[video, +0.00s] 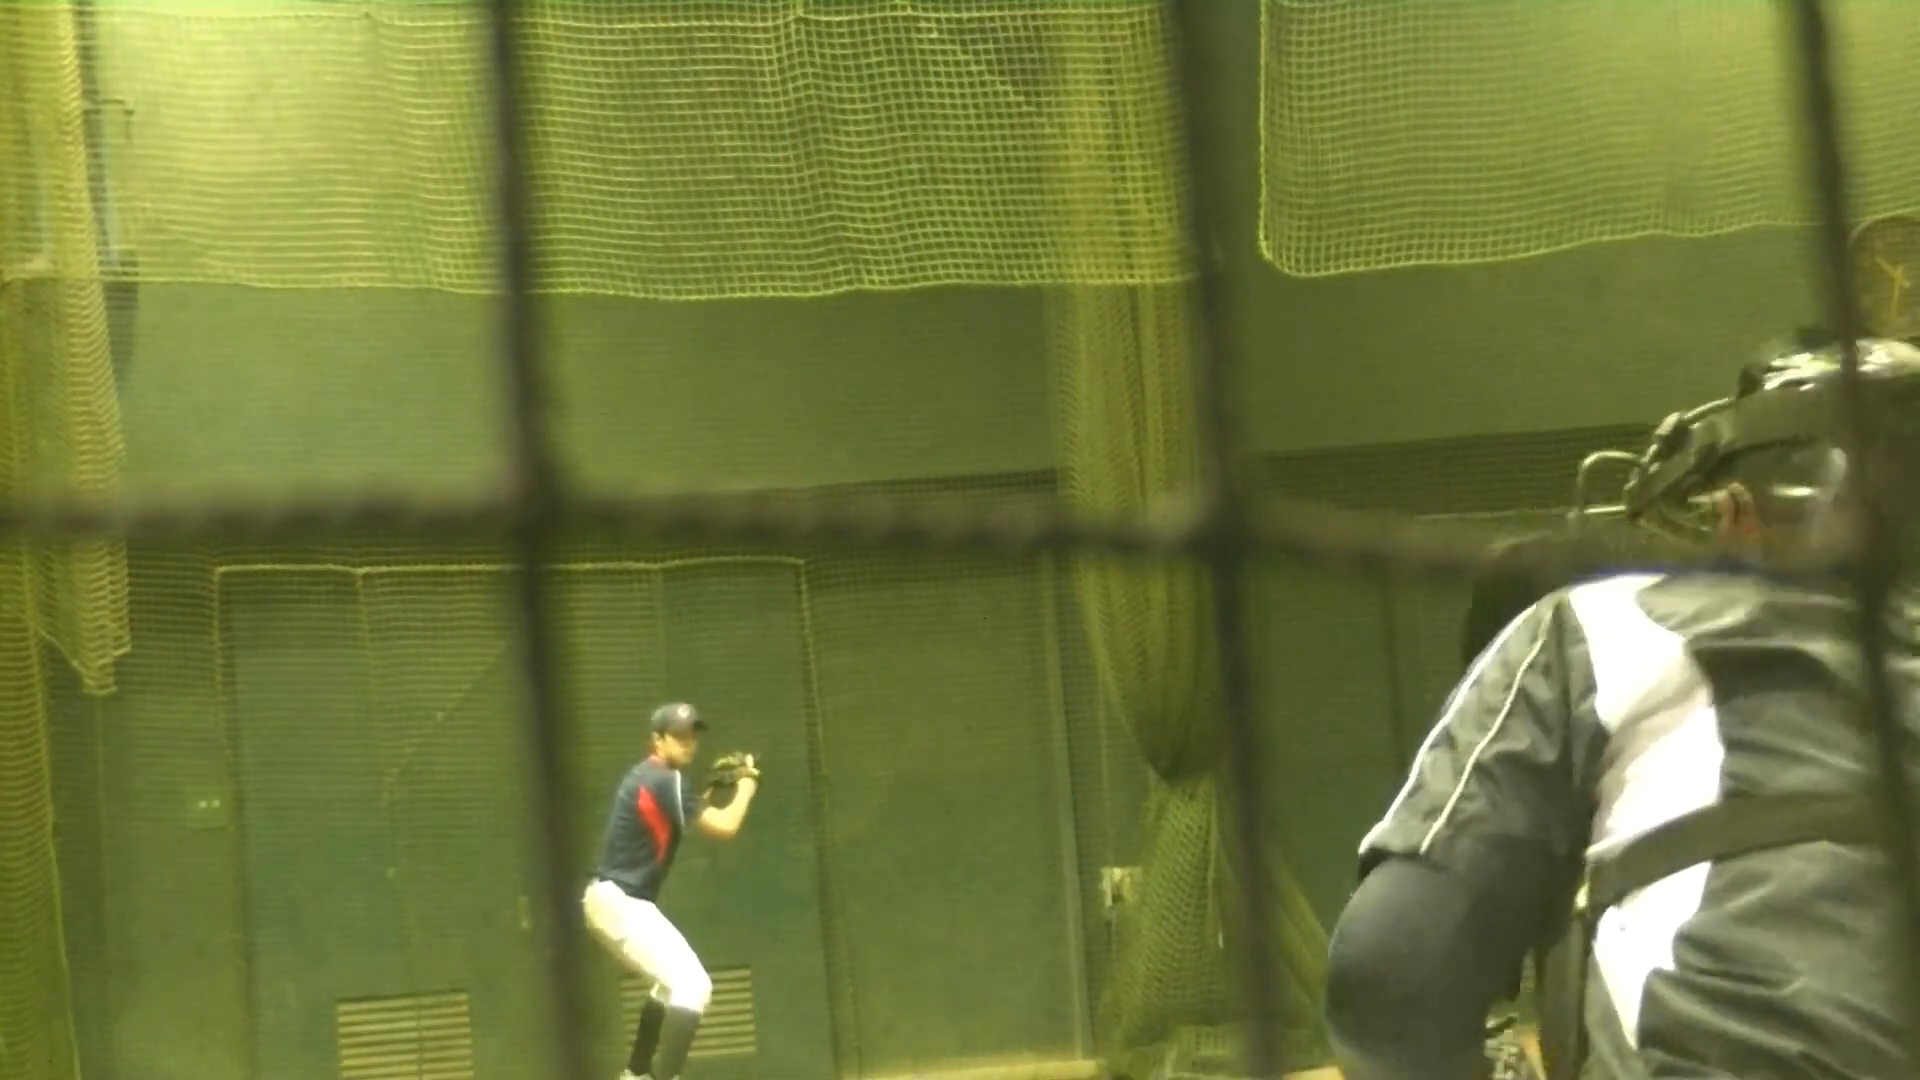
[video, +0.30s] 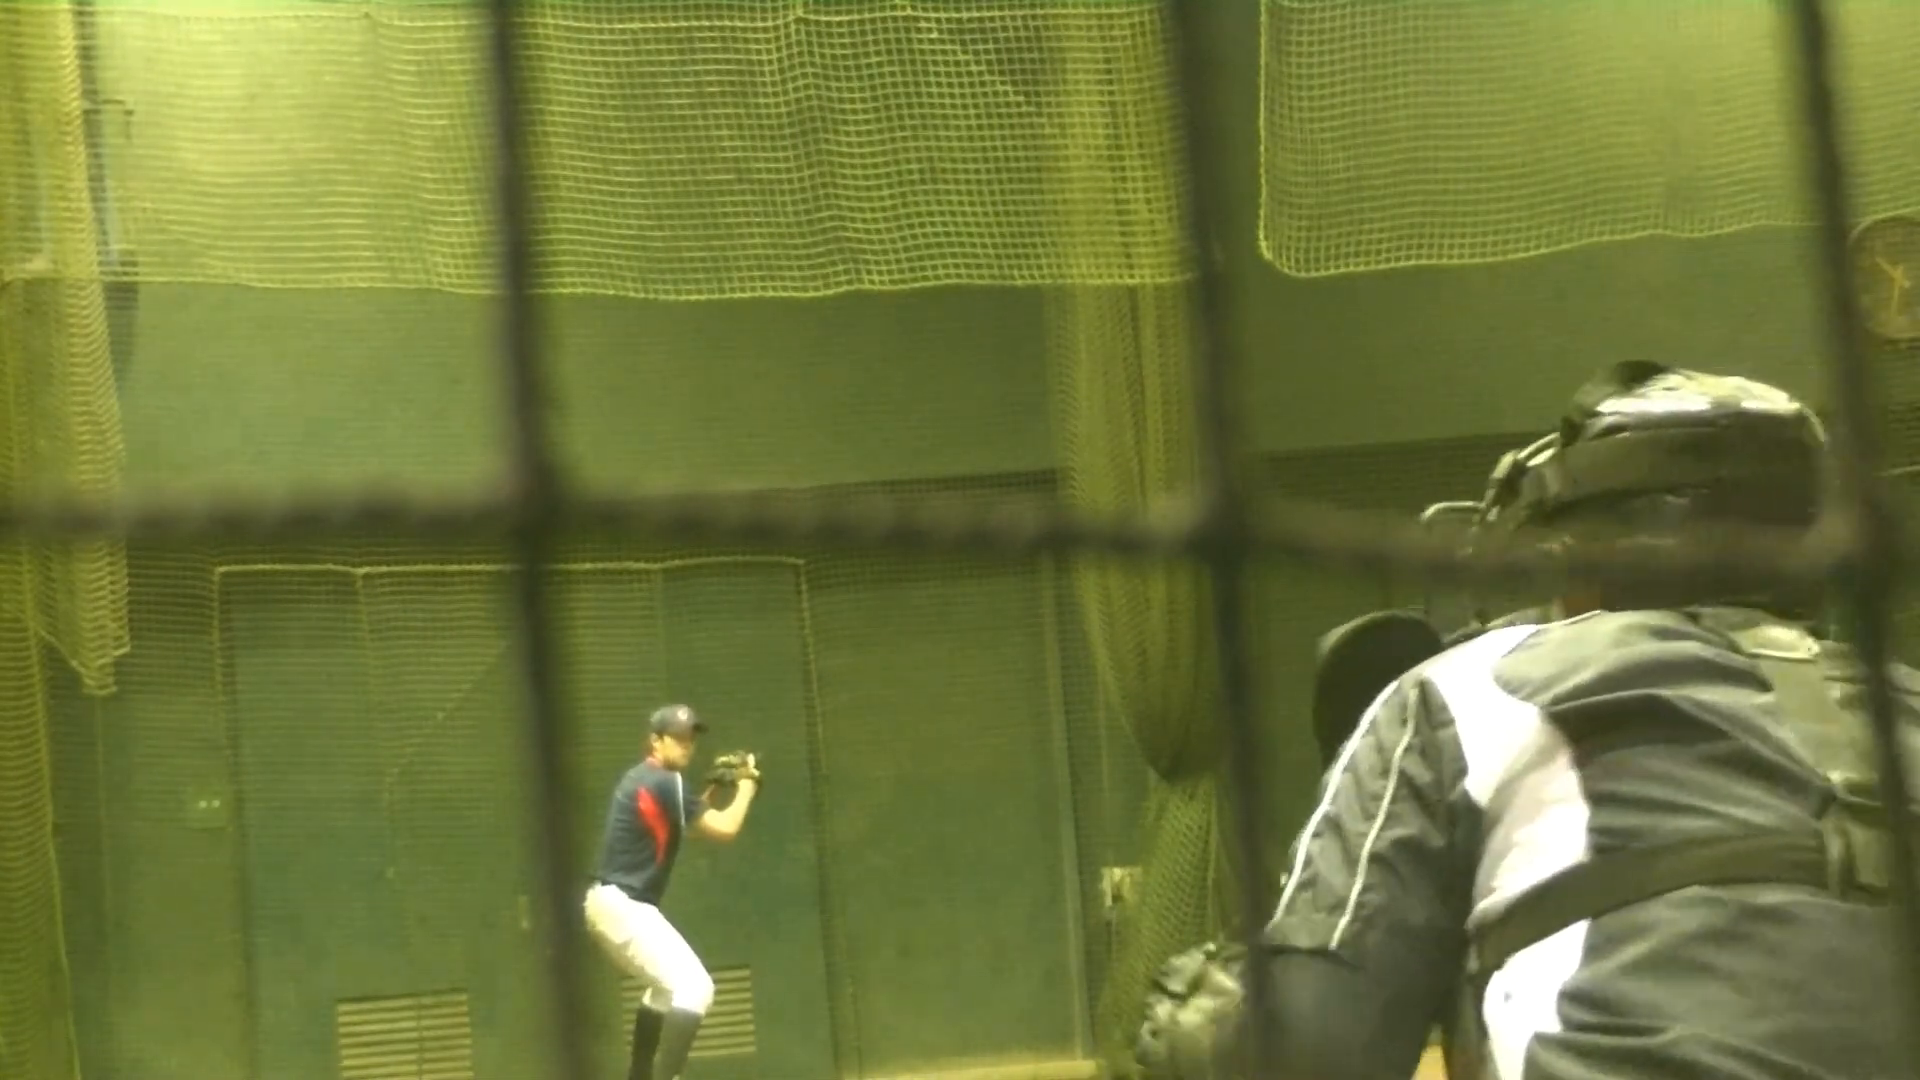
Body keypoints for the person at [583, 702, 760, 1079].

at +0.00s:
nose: (690, 743)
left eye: (692, 735)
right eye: (681, 736)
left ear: (694, 737)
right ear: (658, 739)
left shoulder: (643, 775)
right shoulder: (662, 780)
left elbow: (686, 815)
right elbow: (724, 826)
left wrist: (716, 787)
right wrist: (747, 784)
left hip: (607, 897)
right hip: (621, 901)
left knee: (671, 978)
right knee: (693, 985)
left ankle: (637, 1069)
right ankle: (665, 1073)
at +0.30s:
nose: (688, 749)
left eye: (690, 741)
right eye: (681, 741)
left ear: (658, 744)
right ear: (656, 741)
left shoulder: (639, 777)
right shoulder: (664, 782)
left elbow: (688, 817)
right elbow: (725, 828)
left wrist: (718, 785)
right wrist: (747, 784)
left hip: (604, 902)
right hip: (625, 905)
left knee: (664, 985)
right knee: (695, 988)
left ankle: (640, 1073)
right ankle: (666, 1073)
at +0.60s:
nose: (689, 745)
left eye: (691, 736)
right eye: (682, 737)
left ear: (657, 741)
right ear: (658, 739)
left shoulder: (638, 774)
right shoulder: (664, 779)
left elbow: (679, 821)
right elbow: (732, 818)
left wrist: (711, 786)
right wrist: (744, 772)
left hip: (605, 900)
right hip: (623, 903)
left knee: (667, 987)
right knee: (695, 988)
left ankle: (636, 1072)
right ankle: (668, 1072)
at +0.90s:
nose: (685, 746)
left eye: (687, 738)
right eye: (677, 739)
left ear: (656, 743)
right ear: (653, 741)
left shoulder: (639, 776)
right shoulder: (659, 782)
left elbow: (697, 801)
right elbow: (721, 833)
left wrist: (721, 766)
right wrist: (748, 782)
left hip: (603, 901)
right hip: (620, 905)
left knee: (665, 986)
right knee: (693, 989)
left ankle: (635, 1071)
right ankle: (666, 1072)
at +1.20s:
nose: (683, 751)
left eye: (685, 743)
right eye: (674, 744)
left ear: (686, 743)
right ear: (651, 745)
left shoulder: (636, 780)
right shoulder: (657, 787)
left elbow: (686, 813)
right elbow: (721, 832)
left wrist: (718, 781)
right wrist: (743, 784)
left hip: (604, 905)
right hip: (620, 909)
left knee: (670, 985)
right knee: (695, 989)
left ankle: (639, 1071)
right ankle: (668, 1072)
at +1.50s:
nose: (683, 751)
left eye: (685, 743)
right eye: (674, 743)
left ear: (686, 743)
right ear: (651, 746)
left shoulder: (637, 782)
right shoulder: (656, 787)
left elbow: (683, 817)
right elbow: (726, 824)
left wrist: (710, 787)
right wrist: (738, 776)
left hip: (606, 907)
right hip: (619, 909)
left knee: (671, 985)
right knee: (698, 989)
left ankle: (638, 1073)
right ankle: (669, 1073)